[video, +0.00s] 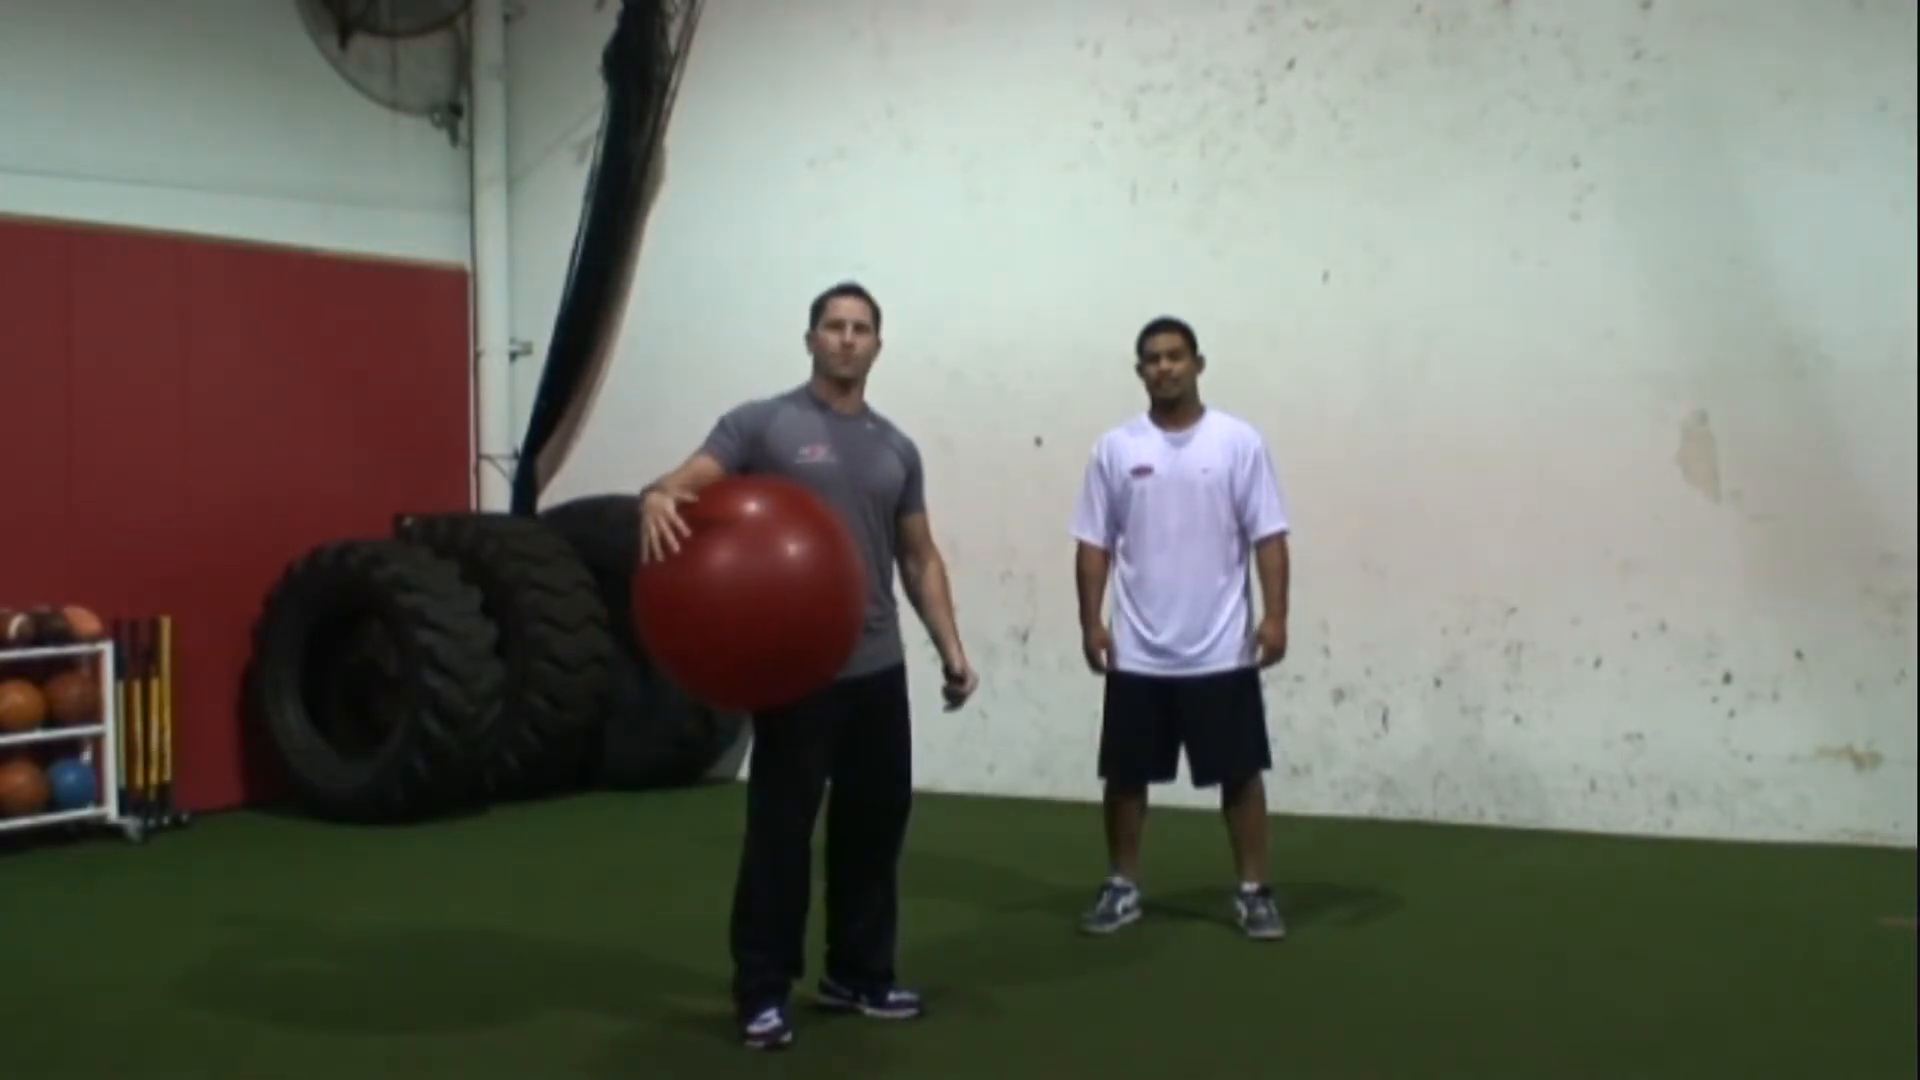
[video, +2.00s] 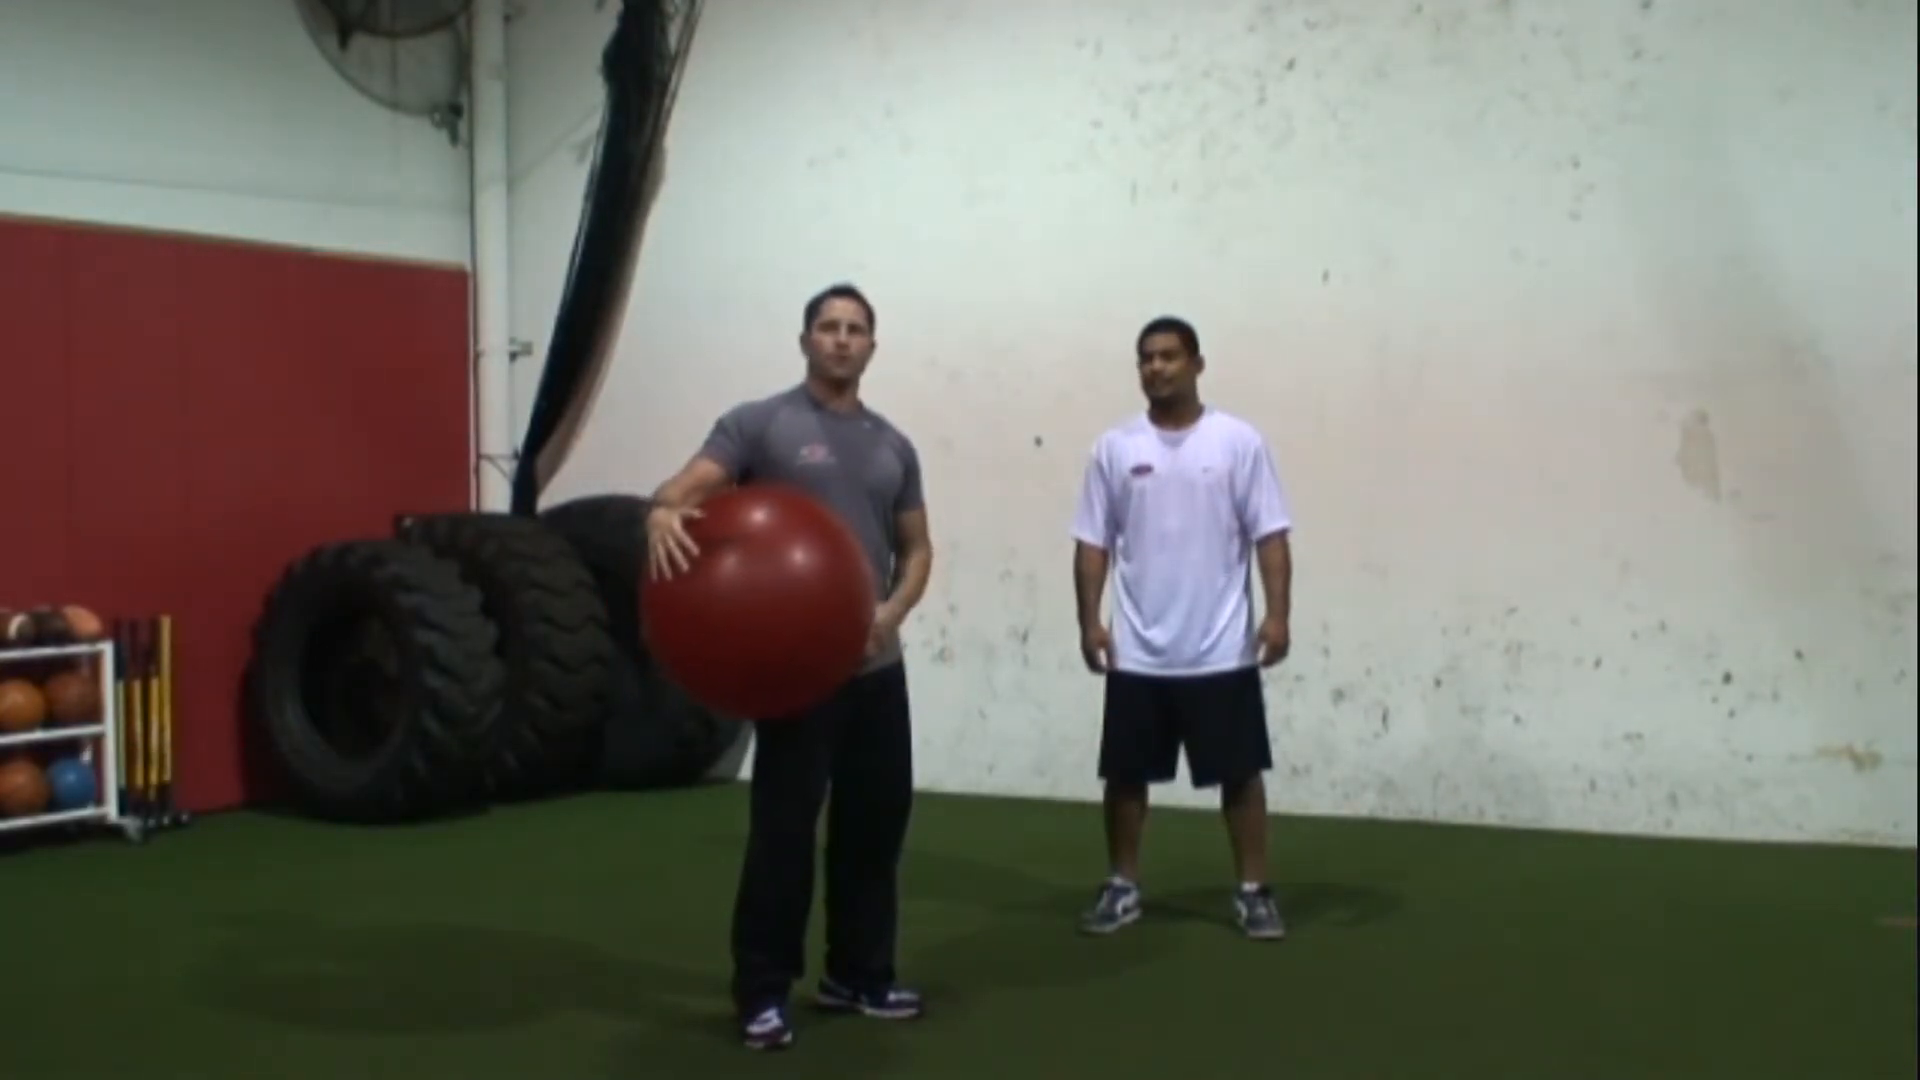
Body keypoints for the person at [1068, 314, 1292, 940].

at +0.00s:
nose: (1163, 367)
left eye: (1174, 357)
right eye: (1152, 359)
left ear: (1198, 365)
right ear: (1139, 372)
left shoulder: (1239, 443)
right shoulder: (1116, 449)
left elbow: (1269, 535)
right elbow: (1093, 540)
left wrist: (1275, 616)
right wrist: (1091, 621)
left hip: (1221, 645)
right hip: (1139, 646)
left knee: (1242, 776)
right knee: (1123, 777)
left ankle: (1254, 889)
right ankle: (1122, 883)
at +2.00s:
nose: (1156, 367)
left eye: (1169, 357)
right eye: (1148, 359)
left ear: (1197, 364)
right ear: (1137, 370)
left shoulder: (1239, 442)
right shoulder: (1115, 449)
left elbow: (1270, 533)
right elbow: (1093, 540)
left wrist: (1277, 613)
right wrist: (1090, 620)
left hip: (1221, 644)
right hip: (1138, 645)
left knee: (1242, 776)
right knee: (1123, 777)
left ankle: (1253, 889)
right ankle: (1122, 884)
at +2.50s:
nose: (1178, 367)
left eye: (1187, 357)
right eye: (1164, 359)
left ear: (1204, 366)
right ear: (1145, 372)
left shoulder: (1245, 442)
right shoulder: (1119, 449)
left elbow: (1277, 524)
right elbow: (1095, 539)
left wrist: (1230, 548)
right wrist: (1094, 620)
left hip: (1222, 646)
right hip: (1141, 647)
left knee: (1242, 776)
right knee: (1125, 777)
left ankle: (1254, 888)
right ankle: (1122, 884)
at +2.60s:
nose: (1189, 369)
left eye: (1197, 359)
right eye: (1175, 361)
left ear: (1210, 367)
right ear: (1151, 373)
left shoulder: (1242, 440)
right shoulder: (1121, 448)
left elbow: (1268, 522)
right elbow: (1095, 539)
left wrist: (1197, 486)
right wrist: (1094, 620)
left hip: (1222, 644)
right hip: (1141, 645)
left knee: (1243, 777)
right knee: (1125, 777)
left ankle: (1254, 888)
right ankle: (1122, 883)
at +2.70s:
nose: (1196, 371)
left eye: (1202, 360)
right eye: (1182, 363)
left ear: (1214, 366)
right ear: (1156, 373)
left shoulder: (1238, 438)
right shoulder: (1122, 447)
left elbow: (1251, 508)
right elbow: (1096, 538)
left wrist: (1184, 449)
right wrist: (1097, 619)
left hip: (1222, 645)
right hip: (1141, 645)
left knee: (1243, 778)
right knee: (1126, 777)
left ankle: (1254, 888)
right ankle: (1122, 883)